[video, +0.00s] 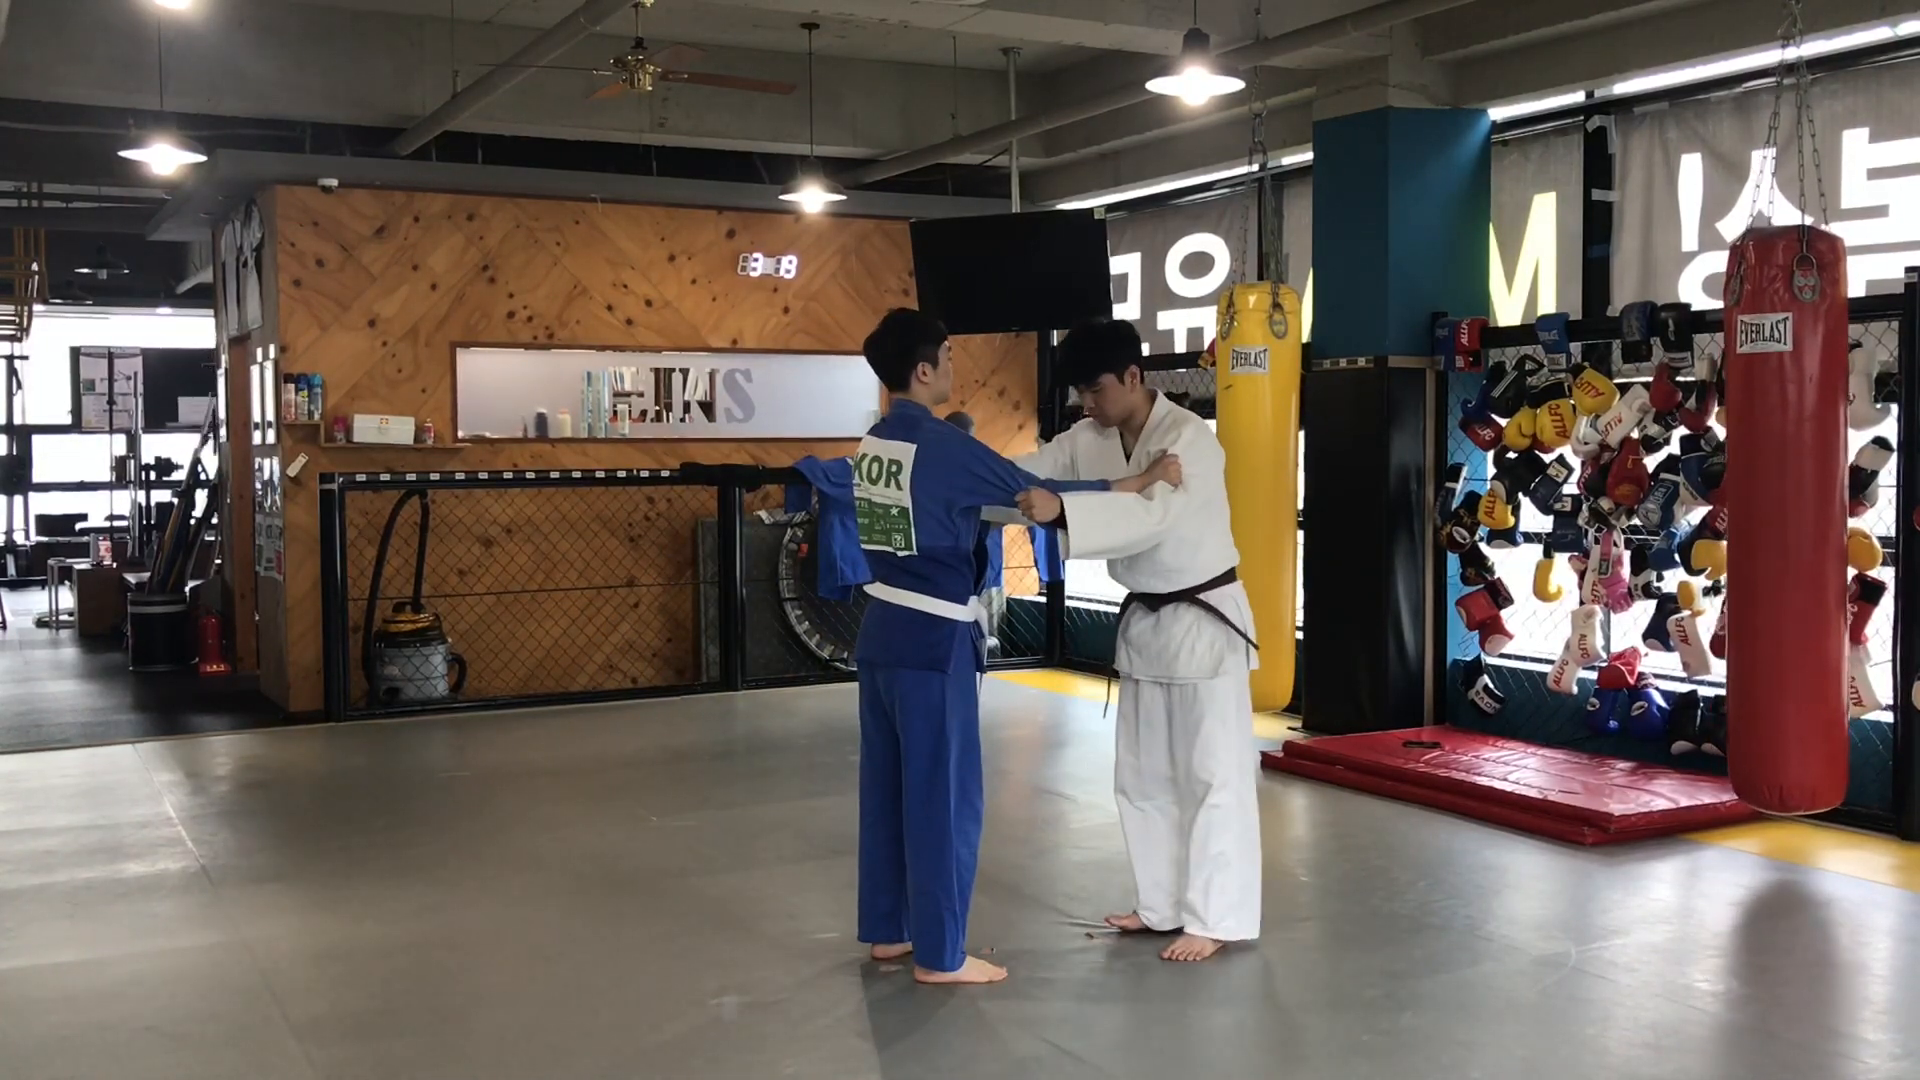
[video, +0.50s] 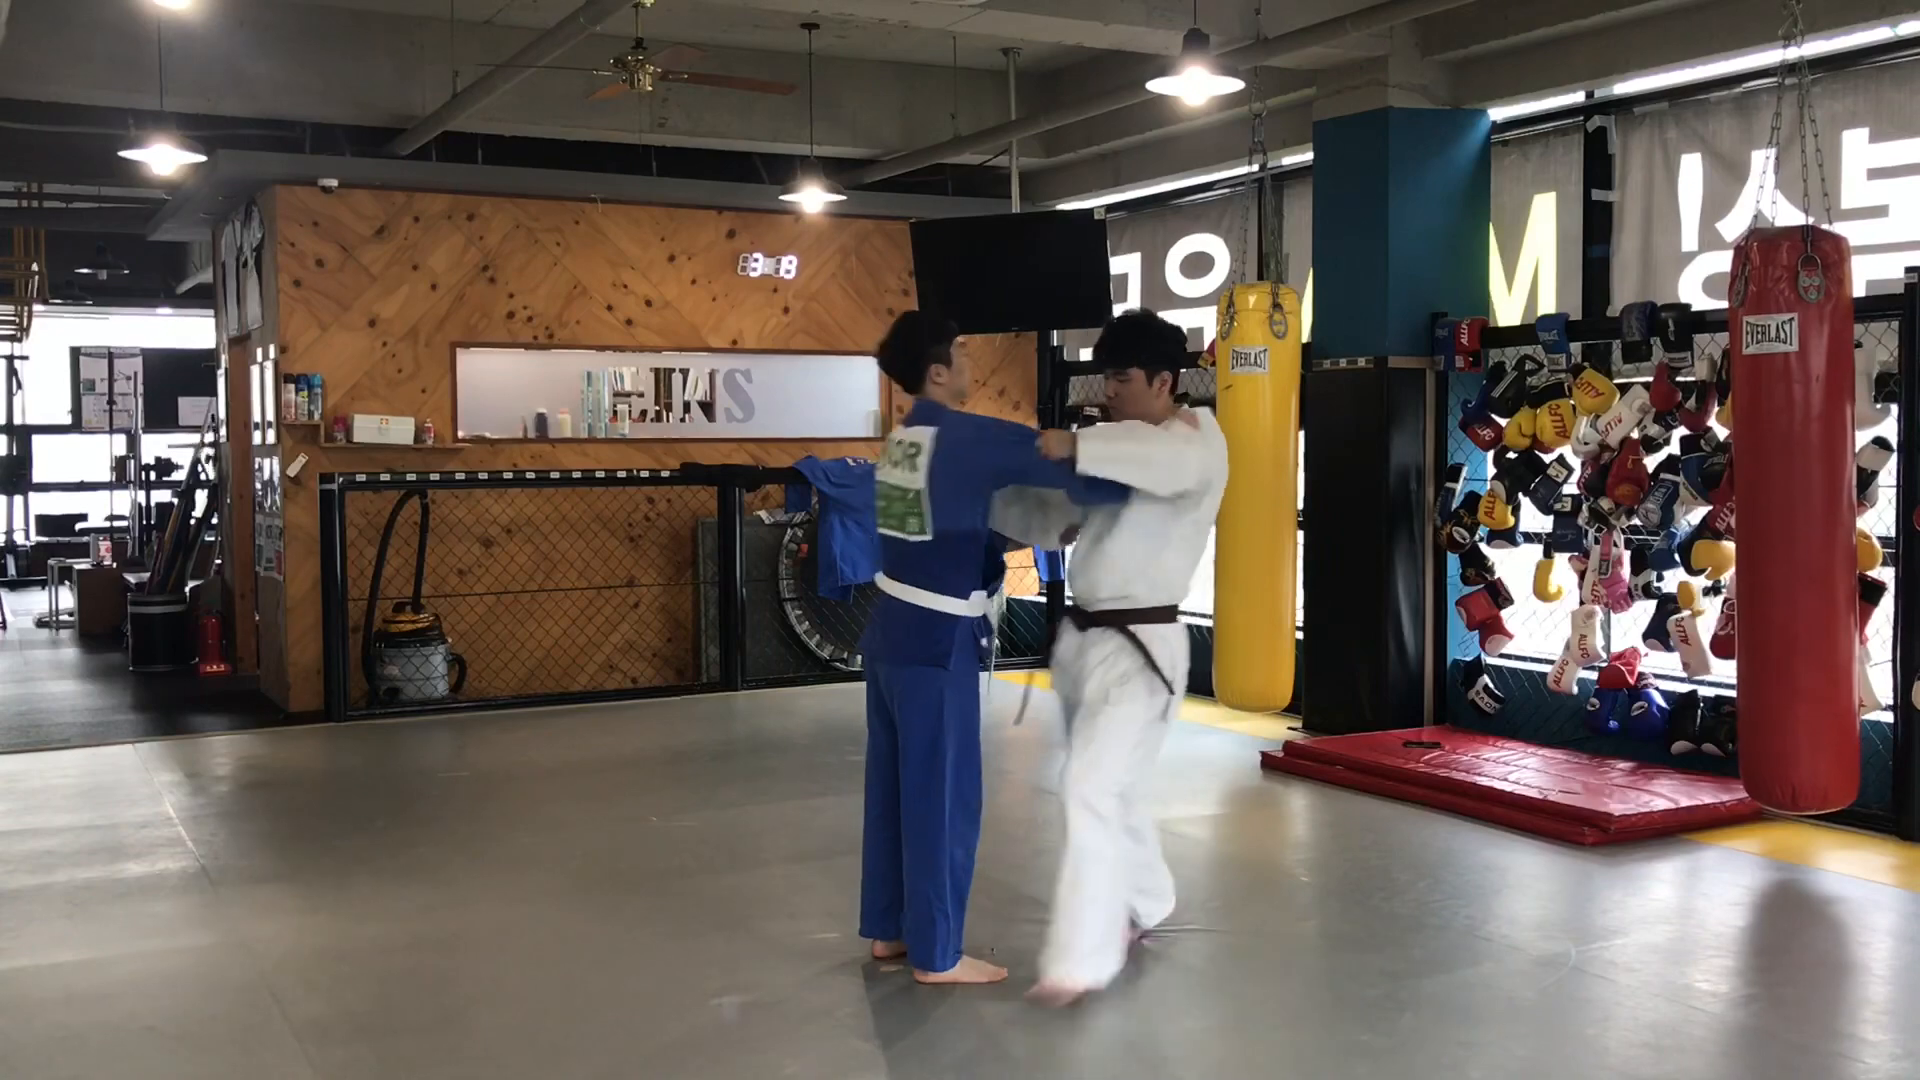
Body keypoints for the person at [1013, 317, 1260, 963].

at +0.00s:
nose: (1085, 405)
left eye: (1093, 391)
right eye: (1080, 394)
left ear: (1132, 376)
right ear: (1090, 390)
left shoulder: (1191, 438)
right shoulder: (1085, 439)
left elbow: (1152, 517)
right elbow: (1018, 481)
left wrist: (1063, 511)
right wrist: (955, 475)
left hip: (1205, 621)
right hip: (1143, 620)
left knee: (1212, 779)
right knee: (1147, 775)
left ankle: (1215, 921)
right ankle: (1163, 908)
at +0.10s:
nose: (1086, 401)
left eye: (1094, 387)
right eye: (1081, 389)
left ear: (1135, 373)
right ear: (1091, 386)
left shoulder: (1192, 438)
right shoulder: (1085, 438)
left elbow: (1153, 519)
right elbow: (1016, 481)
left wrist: (1061, 509)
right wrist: (952, 470)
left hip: (1200, 623)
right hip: (1138, 622)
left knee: (1205, 780)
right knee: (1142, 779)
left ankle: (1213, 921)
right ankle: (1159, 911)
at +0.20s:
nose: (1088, 395)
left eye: (1097, 380)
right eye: (1083, 382)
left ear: (1138, 371)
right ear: (1089, 383)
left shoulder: (1192, 439)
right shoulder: (1087, 438)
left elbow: (1155, 515)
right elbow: (1020, 481)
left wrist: (1063, 504)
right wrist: (958, 465)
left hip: (1190, 624)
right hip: (1129, 621)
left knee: (1185, 778)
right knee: (1131, 781)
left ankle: (1206, 919)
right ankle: (1154, 911)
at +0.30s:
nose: (1099, 392)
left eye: (1108, 377)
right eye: (1094, 379)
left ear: (1149, 371)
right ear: (1097, 381)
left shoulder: (1195, 442)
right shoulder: (1095, 440)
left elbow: (1155, 498)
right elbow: (1030, 480)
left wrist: (1060, 484)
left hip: (1179, 628)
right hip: (1120, 625)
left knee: (1155, 780)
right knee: (1124, 783)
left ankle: (1190, 918)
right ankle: (1152, 912)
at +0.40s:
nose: (1107, 393)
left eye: (1118, 379)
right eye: (1104, 380)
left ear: (1160, 377)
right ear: (1111, 381)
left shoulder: (1197, 442)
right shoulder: (1112, 442)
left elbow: (1158, 484)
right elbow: (1059, 500)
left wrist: (1065, 464)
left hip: (1166, 633)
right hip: (1107, 629)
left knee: (1120, 778)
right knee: (1120, 778)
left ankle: (1153, 917)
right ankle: (1152, 907)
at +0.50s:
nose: (1105, 397)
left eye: (1113, 383)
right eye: (1103, 385)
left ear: (1156, 379)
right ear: (1140, 380)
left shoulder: (1199, 441)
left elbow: (1173, 458)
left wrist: (1078, 445)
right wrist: (975, 478)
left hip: (1140, 642)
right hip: (1079, 637)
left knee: (1092, 786)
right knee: (1103, 784)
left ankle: (1080, 961)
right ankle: (1148, 899)